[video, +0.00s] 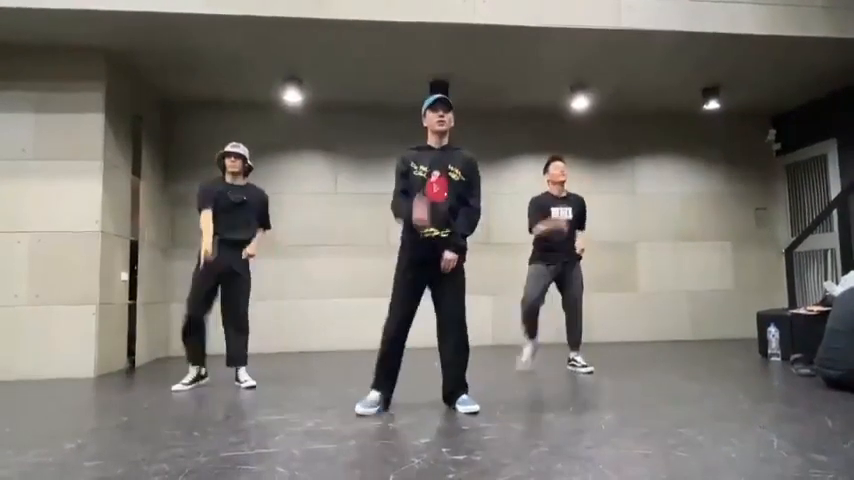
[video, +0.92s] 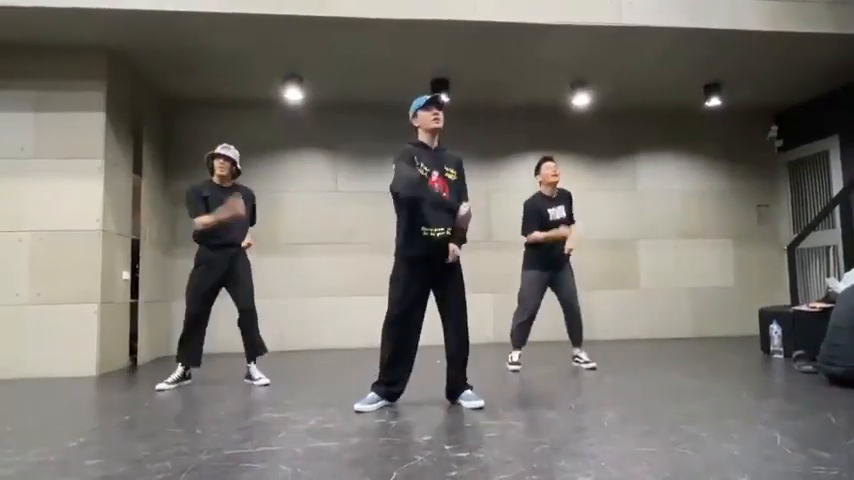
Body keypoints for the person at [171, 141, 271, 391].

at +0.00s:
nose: (232, 161)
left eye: (237, 158)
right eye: (229, 157)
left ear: (246, 163)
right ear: (222, 162)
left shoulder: (258, 195)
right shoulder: (210, 189)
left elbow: (262, 227)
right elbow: (206, 219)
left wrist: (253, 245)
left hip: (238, 258)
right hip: (212, 255)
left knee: (237, 315)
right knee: (194, 311)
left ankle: (240, 369)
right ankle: (197, 368)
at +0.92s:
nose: (222, 164)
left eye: (227, 161)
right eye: (219, 159)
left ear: (235, 167)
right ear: (212, 163)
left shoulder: (245, 194)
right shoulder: (198, 191)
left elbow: (248, 224)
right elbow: (197, 222)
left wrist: (247, 238)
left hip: (236, 258)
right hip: (208, 258)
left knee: (247, 309)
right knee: (194, 312)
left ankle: (251, 366)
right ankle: (184, 369)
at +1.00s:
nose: (220, 168)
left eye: (226, 165)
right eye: (217, 163)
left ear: (233, 171)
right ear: (210, 166)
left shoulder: (242, 197)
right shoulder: (195, 192)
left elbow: (244, 227)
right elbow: (188, 224)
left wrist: (244, 237)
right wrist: (211, 202)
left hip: (237, 256)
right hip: (208, 257)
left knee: (247, 308)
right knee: (197, 310)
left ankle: (252, 366)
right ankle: (182, 368)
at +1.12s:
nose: (216, 168)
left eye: (222, 165)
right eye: (213, 163)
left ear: (229, 172)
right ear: (205, 167)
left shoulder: (237, 199)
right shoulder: (190, 193)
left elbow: (236, 229)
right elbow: (169, 221)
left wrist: (238, 240)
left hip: (231, 258)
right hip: (201, 259)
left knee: (245, 309)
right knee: (189, 313)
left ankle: (251, 366)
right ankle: (180, 369)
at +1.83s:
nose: (218, 166)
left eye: (223, 162)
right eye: (214, 163)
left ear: (232, 168)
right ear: (209, 169)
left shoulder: (247, 196)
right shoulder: (206, 199)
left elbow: (270, 220)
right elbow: (206, 228)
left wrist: (254, 245)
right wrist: (185, 243)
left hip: (241, 265)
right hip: (214, 267)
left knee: (254, 318)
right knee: (197, 319)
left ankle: (263, 366)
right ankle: (185, 372)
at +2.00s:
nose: (232, 161)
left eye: (236, 157)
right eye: (228, 157)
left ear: (245, 163)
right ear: (222, 163)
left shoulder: (261, 192)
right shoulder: (210, 192)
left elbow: (275, 224)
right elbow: (198, 221)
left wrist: (269, 241)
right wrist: (191, 225)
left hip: (250, 261)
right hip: (220, 261)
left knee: (257, 315)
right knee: (205, 314)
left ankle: (263, 368)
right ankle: (192, 368)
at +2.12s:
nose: (240, 168)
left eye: (244, 164)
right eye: (235, 164)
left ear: (251, 169)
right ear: (229, 168)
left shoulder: (258, 200)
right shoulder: (216, 194)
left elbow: (267, 234)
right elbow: (212, 226)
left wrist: (254, 217)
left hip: (248, 262)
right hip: (220, 262)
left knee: (261, 315)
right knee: (207, 315)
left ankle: (263, 370)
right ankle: (193, 370)